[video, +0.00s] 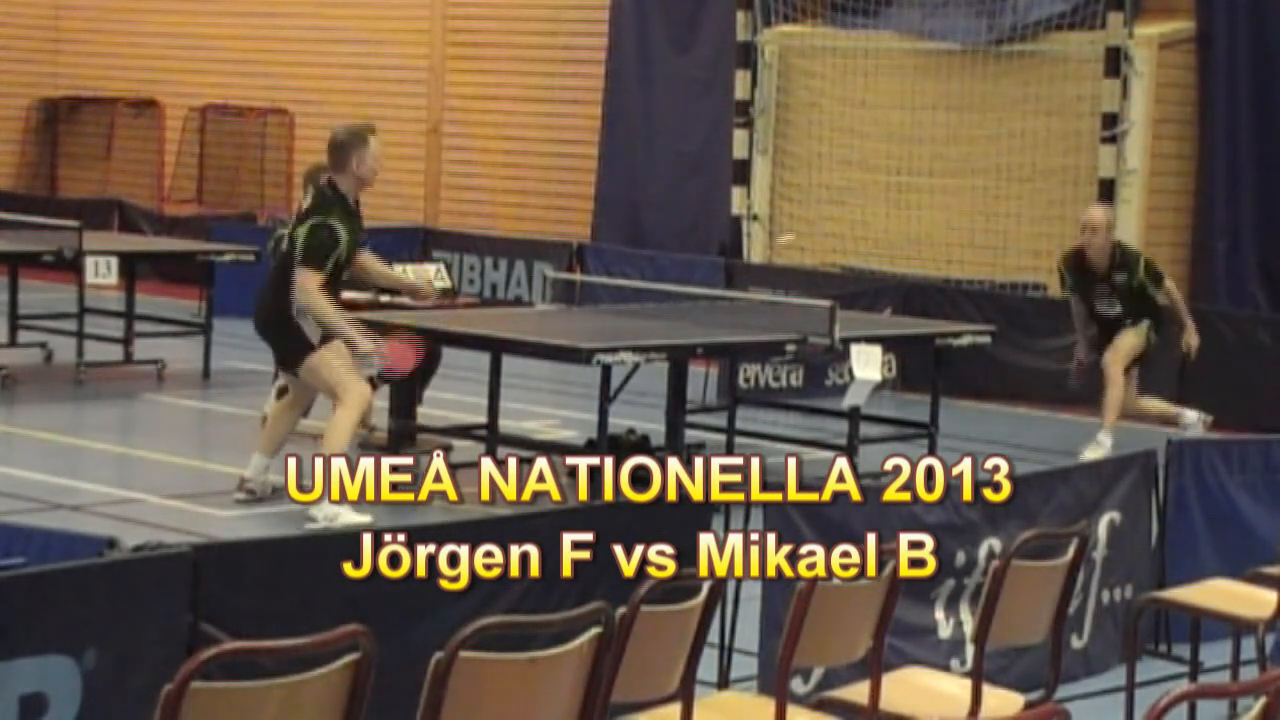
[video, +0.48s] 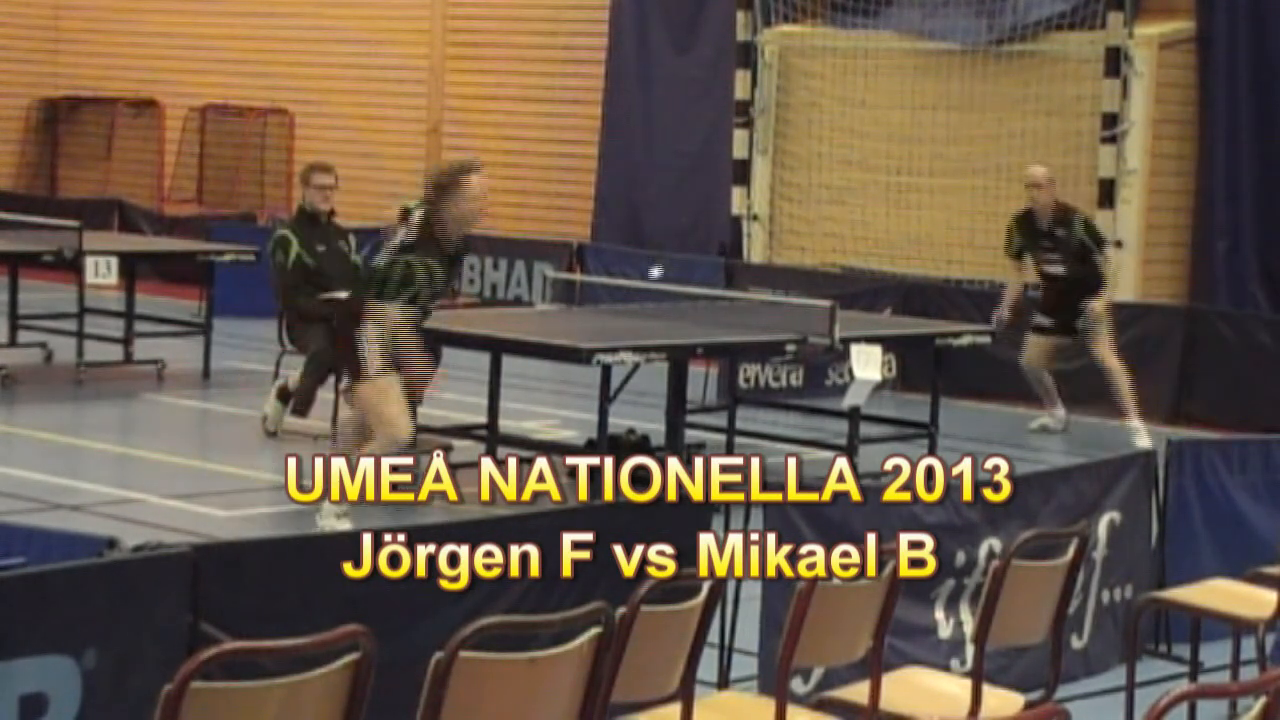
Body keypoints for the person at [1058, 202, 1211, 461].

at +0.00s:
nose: (1088, 238)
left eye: (1095, 231)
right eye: (1084, 230)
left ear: (1110, 233)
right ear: (1079, 232)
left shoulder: (1130, 259)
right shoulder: (1071, 263)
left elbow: (1168, 288)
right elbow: (1077, 307)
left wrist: (1189, 327)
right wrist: (1082, 343)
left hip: (1141, 321)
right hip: (1108, 328)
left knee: (1112, 361)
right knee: (1127, 404)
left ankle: (1104, 438)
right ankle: (1189, 417)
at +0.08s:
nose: (1090, 220)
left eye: (1097, 215)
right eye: (1087, 213)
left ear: (1112, 217)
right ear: (1082, 215)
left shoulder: (1131, 246)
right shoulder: (1071, 244)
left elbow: (1168, 279)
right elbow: (1073, 291)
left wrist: (1190, 322)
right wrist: (1074, 331)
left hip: (1136, 310)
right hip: (1103, 315)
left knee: (1116, 357)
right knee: (1131, 390)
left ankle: (1111, 433)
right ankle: (1189, 416)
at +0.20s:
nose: (1088, 211)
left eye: (1095, 205)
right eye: (1085, 204)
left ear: (1110, 208)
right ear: (1079, 206)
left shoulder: (1125, 240)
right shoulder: (1067, 236)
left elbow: (1160, 282)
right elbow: (1058, 280)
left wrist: (1174, 334)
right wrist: (1055, 326)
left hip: (1130, 306)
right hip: (1095, 309)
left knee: (1115, 359)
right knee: (1091, 376)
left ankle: (1150, 425)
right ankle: (1155, 402)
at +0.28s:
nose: (1081, 212)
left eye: (1087, 206)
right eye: (1076, 205)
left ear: (1099, 207)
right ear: (1069, 207)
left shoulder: (1115, 242)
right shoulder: (1060, 239)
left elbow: (1146, 286)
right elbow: (1050, 286)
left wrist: (1149, 334)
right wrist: (1039, 329)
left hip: (1126, 312)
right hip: (1090, 314)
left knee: (1123, 363)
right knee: (1063, 370)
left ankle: (1153, 429)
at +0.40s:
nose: (1055, 202)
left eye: (1060, 194)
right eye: (1049, 195)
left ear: (1070, 196)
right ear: (1041, 199)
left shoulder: (1091, 229)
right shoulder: (1037, 233)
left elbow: (1124, 275)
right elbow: (1030, 282)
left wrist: (1118, 311)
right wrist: (1019, 317)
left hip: (1106, 305)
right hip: (1070, 304)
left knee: (1122, 363)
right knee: (1043, 366)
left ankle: (1151, 428)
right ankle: (1057, 413)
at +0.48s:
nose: (1037, 193)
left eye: (1042, 187)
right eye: (1031, 187)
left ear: (1053, 188)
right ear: (1025, 191)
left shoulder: (1075, 220)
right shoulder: (1021, 224)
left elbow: (1108, 262)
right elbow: (1017, 272)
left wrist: (1102, 298)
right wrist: (1007, 306)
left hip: (1088, 295)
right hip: (1053, 295)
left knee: (1103, 354)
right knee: (1032, 362)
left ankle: (1134, 423)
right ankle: (1056, 414)